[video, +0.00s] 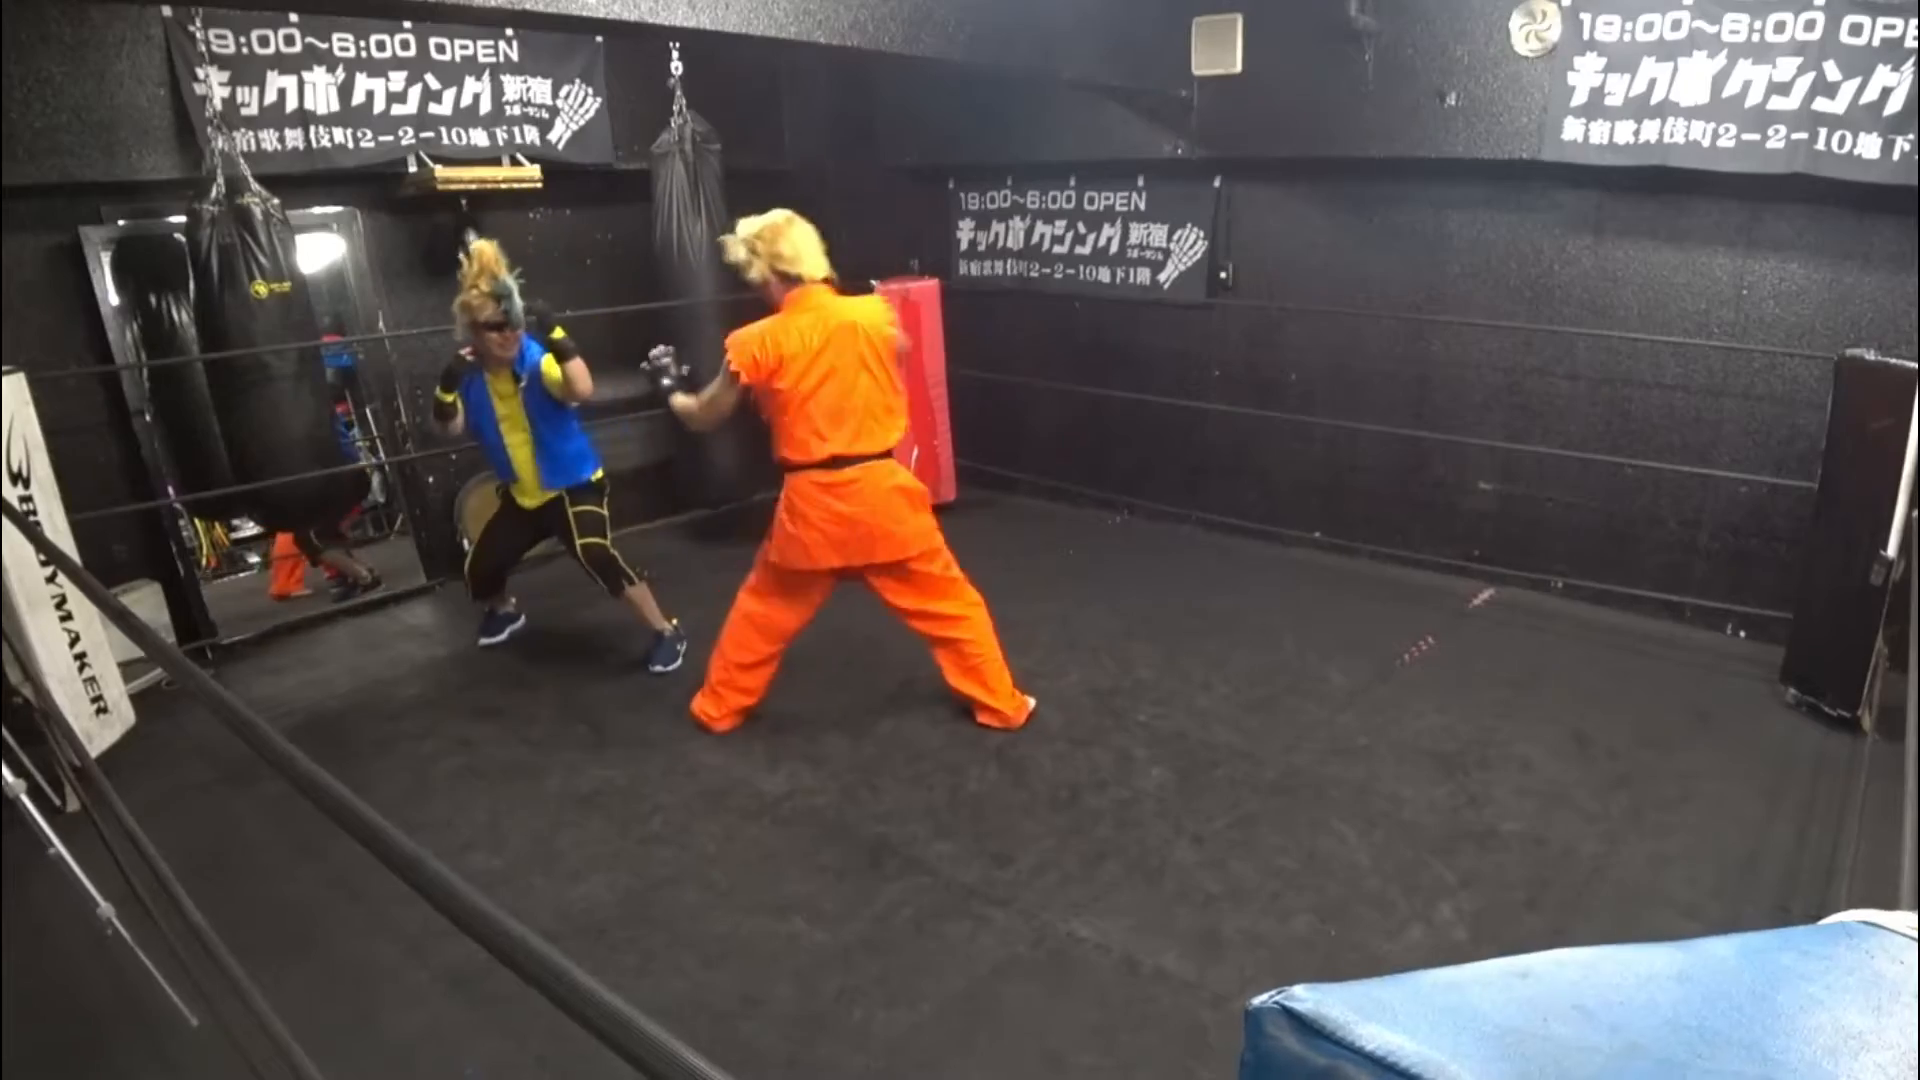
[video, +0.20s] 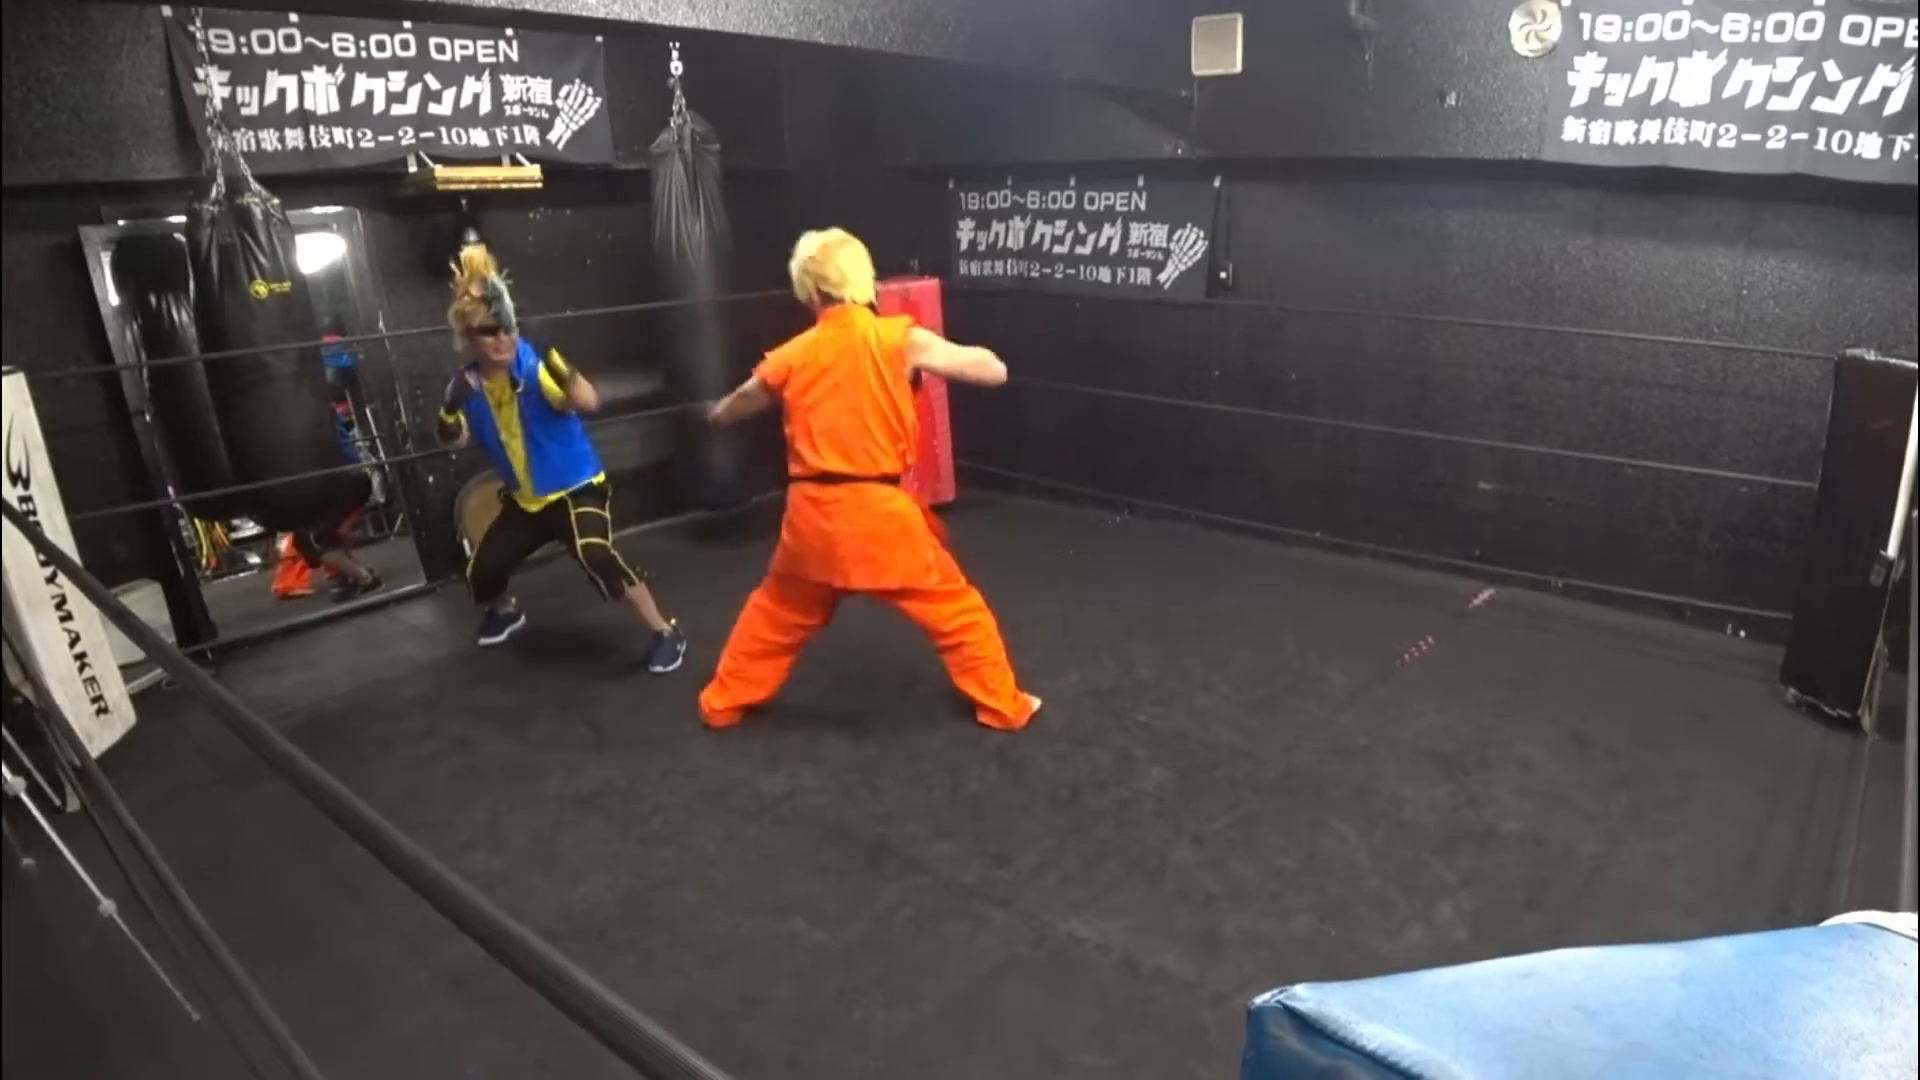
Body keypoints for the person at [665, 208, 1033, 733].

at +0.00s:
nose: (755, 290)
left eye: (756, 279)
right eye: (753, 279)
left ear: (773, 274)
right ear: (820, 262)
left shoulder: (759, 342)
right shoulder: (876, 315)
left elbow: (704, 414)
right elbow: (899, 356)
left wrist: (672, 390)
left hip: (813, 504)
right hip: (887, 493)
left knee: (766, 603)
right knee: (949, 599)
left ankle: (718, 707)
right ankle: (1002, 705)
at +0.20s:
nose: (797, 295)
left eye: (801, 286)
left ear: (811, 292)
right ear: (865, 282)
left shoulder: (793, 355)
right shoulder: (898, 336)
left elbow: (737, 405)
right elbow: (993, 371)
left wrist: (718, 412)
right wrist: (959, 355)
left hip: (809, 514)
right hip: (883, 511)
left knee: (779, 607)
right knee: (955, 607)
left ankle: (722, 702)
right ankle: (1002, 704)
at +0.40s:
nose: (838, 306)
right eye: (834, 297)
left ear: (776, 314)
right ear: (828, 304)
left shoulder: (754, 373)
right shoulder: (851, 348)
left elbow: (684, 422)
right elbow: (917, 351)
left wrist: (678, 479)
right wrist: (976, 332)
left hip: (772, 526)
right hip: (846, 524)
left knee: (714, 605)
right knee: (928, 610)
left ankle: (646, 694)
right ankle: (1001, 703)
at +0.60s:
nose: (624, 321)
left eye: (624, 312)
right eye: (621, 311)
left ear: (641, 310)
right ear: (685, 299)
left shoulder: (652, 371)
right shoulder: (738, 348)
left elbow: (666, 466)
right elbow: (789, 432)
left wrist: (639, 457)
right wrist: (734, 431)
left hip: (710, 524)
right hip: (771, 505)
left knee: (638, 605)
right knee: (823, 612)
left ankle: (619, 704)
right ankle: (931, 677)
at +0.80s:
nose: (560, 388)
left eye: (555, 375)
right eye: (550, 381)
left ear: (572, 351)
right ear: (575, 350)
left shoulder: (640, 382)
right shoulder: (619, 384)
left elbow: (731, 417)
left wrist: (665, 462)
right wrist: (628, 477)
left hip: (699, 529)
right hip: (730, 519)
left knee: (605, 596)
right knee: (760, 633)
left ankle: (610, 707)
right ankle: (878, 680)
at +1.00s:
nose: (552, 371)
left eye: (550, 360)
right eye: (547, 362)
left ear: (569, 349)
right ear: (593, 332)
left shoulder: (614, 398)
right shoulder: (656, 358)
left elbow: (676, 459)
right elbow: (708, 415)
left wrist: (645, 499)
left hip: (700, 527)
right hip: (748, 498)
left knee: (603, 589)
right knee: (790, 605)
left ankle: (608, 705)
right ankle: (903, 653)